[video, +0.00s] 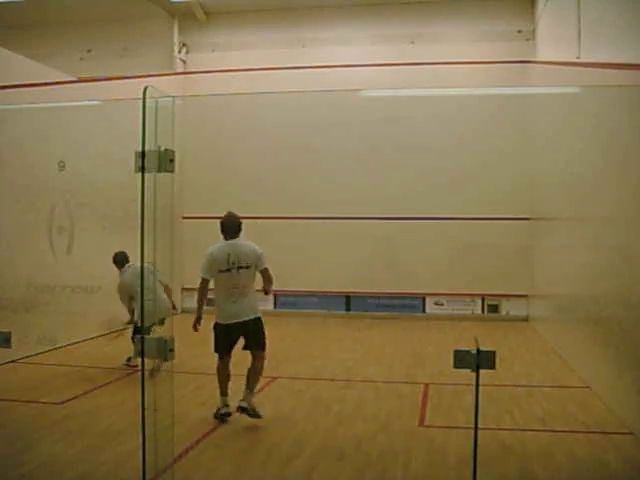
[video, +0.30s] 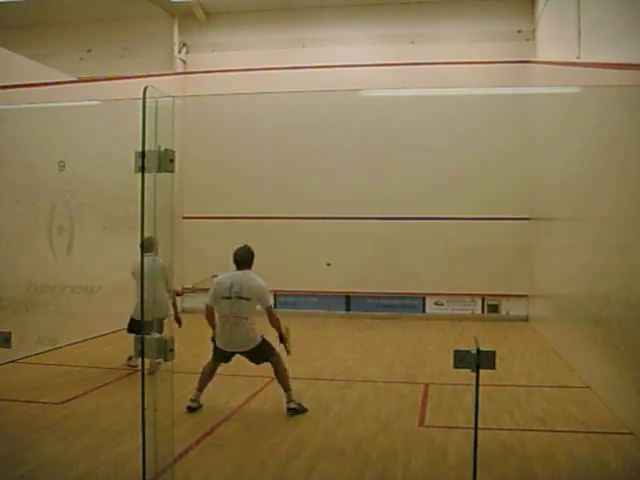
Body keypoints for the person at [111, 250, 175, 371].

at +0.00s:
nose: (116, 267)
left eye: (116, 265)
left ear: (116, 265)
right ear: (129, 259)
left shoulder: (123, 283)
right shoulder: (145, 267)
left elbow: (129, 305)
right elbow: (166, 286)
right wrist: (171, 303)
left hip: (146, 313)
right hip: (163, 307)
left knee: (137, 337)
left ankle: (158, 357)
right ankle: (135, 357)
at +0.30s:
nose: (157, 249)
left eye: (156, 247)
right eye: (157, 247)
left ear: (142, 248)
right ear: (155, 248)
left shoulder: (137, 264)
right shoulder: (161, 265)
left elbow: (136, 277)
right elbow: (170, 290)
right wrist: (176, 313)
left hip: (142, 307)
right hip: (160, 307)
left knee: (138, 332)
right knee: (157, 336)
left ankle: (135, 358)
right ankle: (154, 363)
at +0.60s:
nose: (192, 244)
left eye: (192, 240)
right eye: (190, 240)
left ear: (175, 240)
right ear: (183, 241)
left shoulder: (159, 255)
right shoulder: (184, 258)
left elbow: (149, 280)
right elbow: (191, 286)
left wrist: (146, 304)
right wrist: (204, 310)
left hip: (158, 304)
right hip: (176, 305)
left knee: (154, 335)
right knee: (178, 330)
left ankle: (156, 364)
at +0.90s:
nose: (225, 237)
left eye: (225, 233)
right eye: (223, 233)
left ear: (207, 233)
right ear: (214, 233)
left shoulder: (191, 249)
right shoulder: (215, 251)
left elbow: (172, 269)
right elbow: (217, 279)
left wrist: (149, 286)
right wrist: (223, 305)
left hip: (191, 304)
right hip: (211, 305)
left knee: (183, 333)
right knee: (215, 338)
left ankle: (175, 366)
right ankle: (213, 373)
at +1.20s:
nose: (245, 231)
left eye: (245, 227)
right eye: (242, 227)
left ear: (229, 229)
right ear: (232, 228)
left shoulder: (214, 248)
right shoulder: (232, 247)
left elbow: (199, 276)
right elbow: (230, 275)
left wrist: (188, 301)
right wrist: (235, 301)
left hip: (217, 309)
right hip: (235, 308)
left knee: (228, 346)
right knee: (247, 338)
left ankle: (231, 386)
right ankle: (252, 379)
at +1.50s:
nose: (271, 239)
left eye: (271, 235)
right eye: (267, 235)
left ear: (251, 237)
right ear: (255, 236)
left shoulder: (234, 256)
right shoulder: (257, 256)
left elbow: (219, 285)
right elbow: (270, 288)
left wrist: (214, 311)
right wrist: (291, 312)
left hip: (237, 318)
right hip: (259, 318)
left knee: (237, 351)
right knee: (276, 355)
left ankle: (232, 387)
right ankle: (282, 399)